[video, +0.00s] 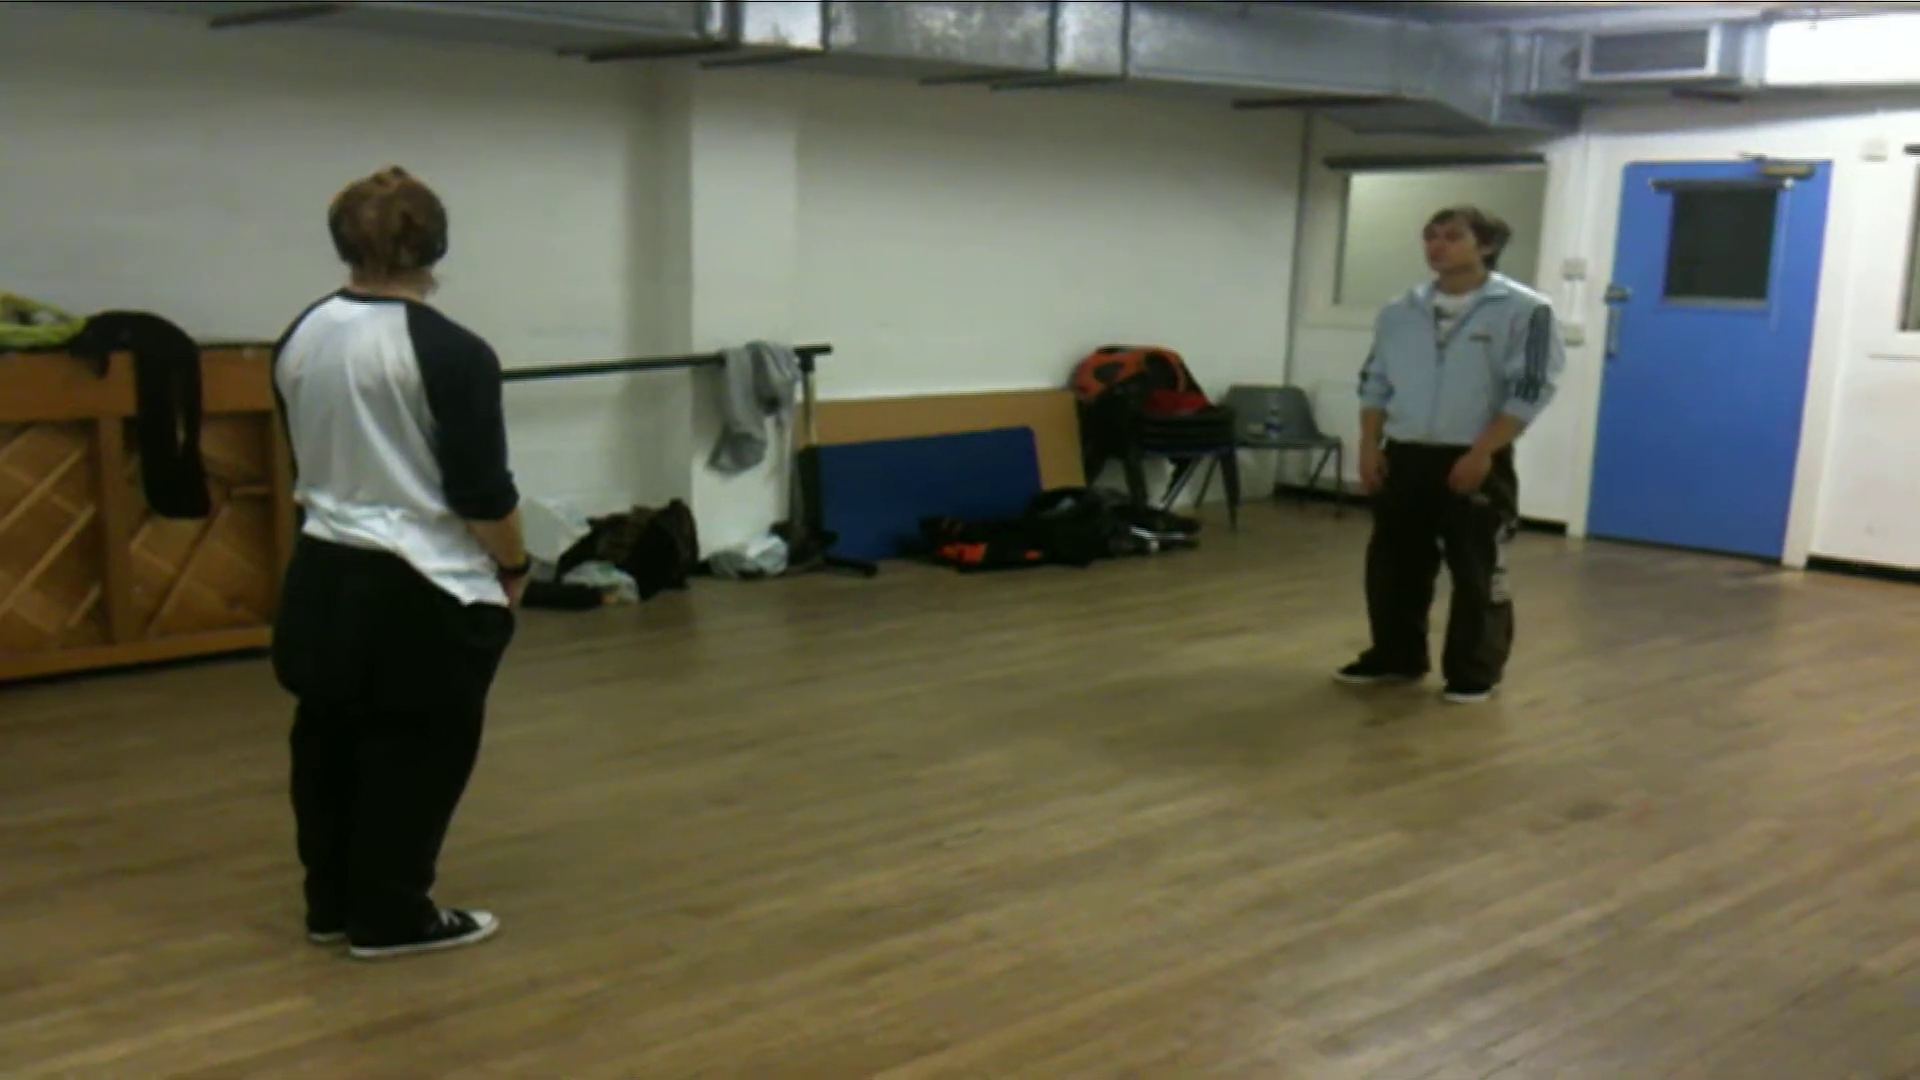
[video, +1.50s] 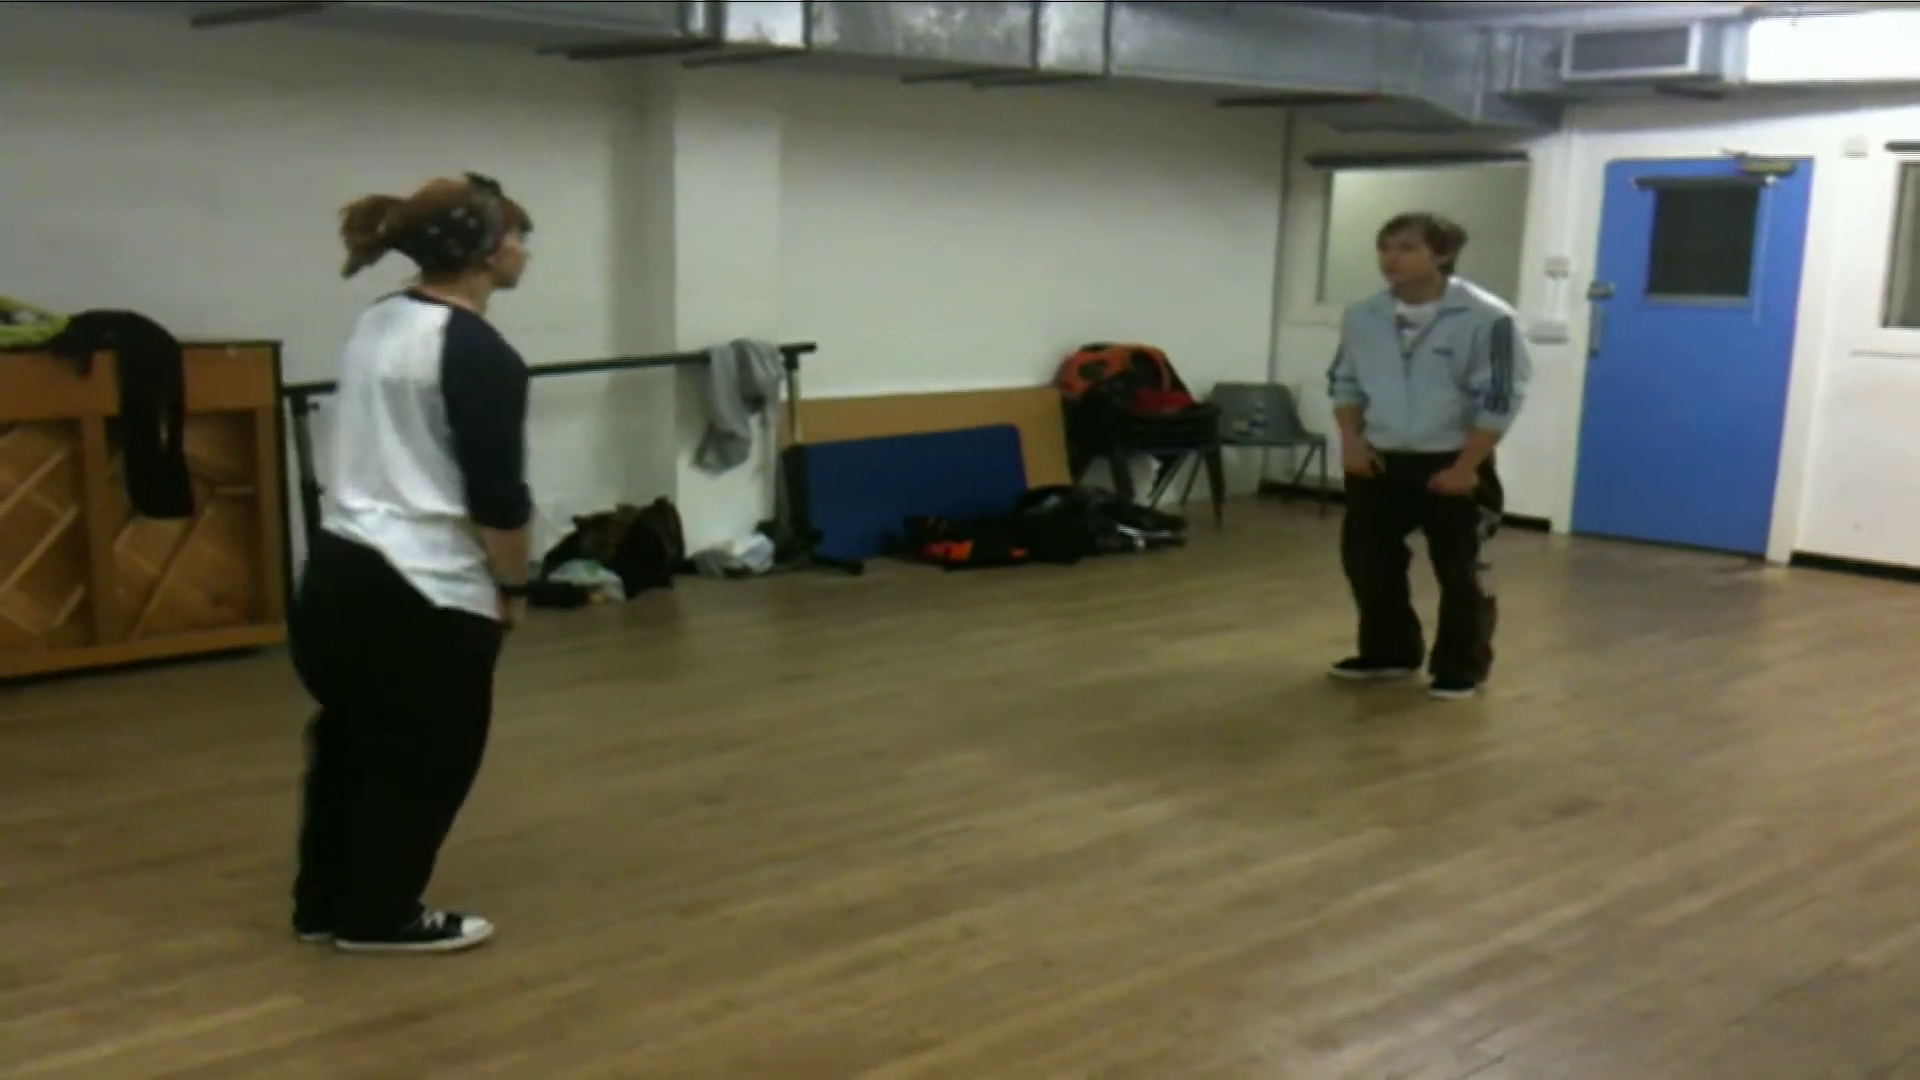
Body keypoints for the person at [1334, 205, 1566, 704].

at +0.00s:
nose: (1439, 246)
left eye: (1453, 237)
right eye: (1432, 238)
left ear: (1484, 247)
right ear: (1424, 247)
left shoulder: (1525, 312)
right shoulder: (1398, 313)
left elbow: (1531, 393)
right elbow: (1375, 383)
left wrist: (1483, 453)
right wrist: (1369, 443)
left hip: (1476, 466)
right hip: (1407, 463)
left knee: (1476, 578)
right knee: (1394, 569)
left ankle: (1472, 672)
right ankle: (1396, 656)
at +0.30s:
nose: (1458, 244)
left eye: (1473, 235)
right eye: (1452, 235)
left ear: (1504, 247)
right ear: (1444, 246)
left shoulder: (1544, 315)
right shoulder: (1416, 311)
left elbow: (1543, 398)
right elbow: (1390, 384)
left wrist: (1505, 457)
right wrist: (1381, 445)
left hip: (1490, 465)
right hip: (1419, 461)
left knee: (1487, 578)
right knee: (1388, 563)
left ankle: (1471, 670)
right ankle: (1394, 653)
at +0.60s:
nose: (1464, 245)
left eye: (1478, 237)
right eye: (1459, 236)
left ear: (1509, 247)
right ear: (1450, 246)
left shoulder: (1549, 317)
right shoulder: (1420, 311)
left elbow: (1549, 402)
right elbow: (1394, 385)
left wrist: (1509, 461)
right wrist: (1386, 448)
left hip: (1494, 467)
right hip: (1422, 461)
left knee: (1486, 579)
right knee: (1384, 560)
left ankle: (1464, 670)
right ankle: (1387, 651)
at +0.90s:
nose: (1460, 240)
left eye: (1475, 232)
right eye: (1454, 231)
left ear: (1507, 244)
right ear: (1445, 241)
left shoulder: (1545, 313)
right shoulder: (1416, 306)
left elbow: (1546, 397)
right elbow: (1390, 376)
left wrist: (1507, 455)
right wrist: (1382, 434)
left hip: (1492, 461)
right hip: (1420, 456)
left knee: (1484, 568)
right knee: (1381, 545)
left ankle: (1462, 663)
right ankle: (1390, 643)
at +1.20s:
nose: (1426, 253)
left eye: (1440, 243)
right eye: (1419, 244)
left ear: (1471, 252)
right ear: (1412, 252)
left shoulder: (1517, 318)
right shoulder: (1389, 316)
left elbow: (1518, 403)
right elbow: (1369, 387)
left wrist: (1486, 464)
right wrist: (1364, 448)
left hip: (1471, 468)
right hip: (1401, 465)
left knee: (1473, 577)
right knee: (1385, 563)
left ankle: (1461, 669)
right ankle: (1391, 652)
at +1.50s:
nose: (1392, 258)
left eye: (1406, 248)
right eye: (1386, 249)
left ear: (1439, 256)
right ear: (1379, 256)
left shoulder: (1489, 320)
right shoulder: (1362, 318)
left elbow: (1500, 403)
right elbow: (1345, 384)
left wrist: (1466, 466)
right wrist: (1352, 439)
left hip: (1453, 466)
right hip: (1383, 463)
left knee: (1460, 570)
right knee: (1366, 555)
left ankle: (1460, 667)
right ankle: (1390, 650)